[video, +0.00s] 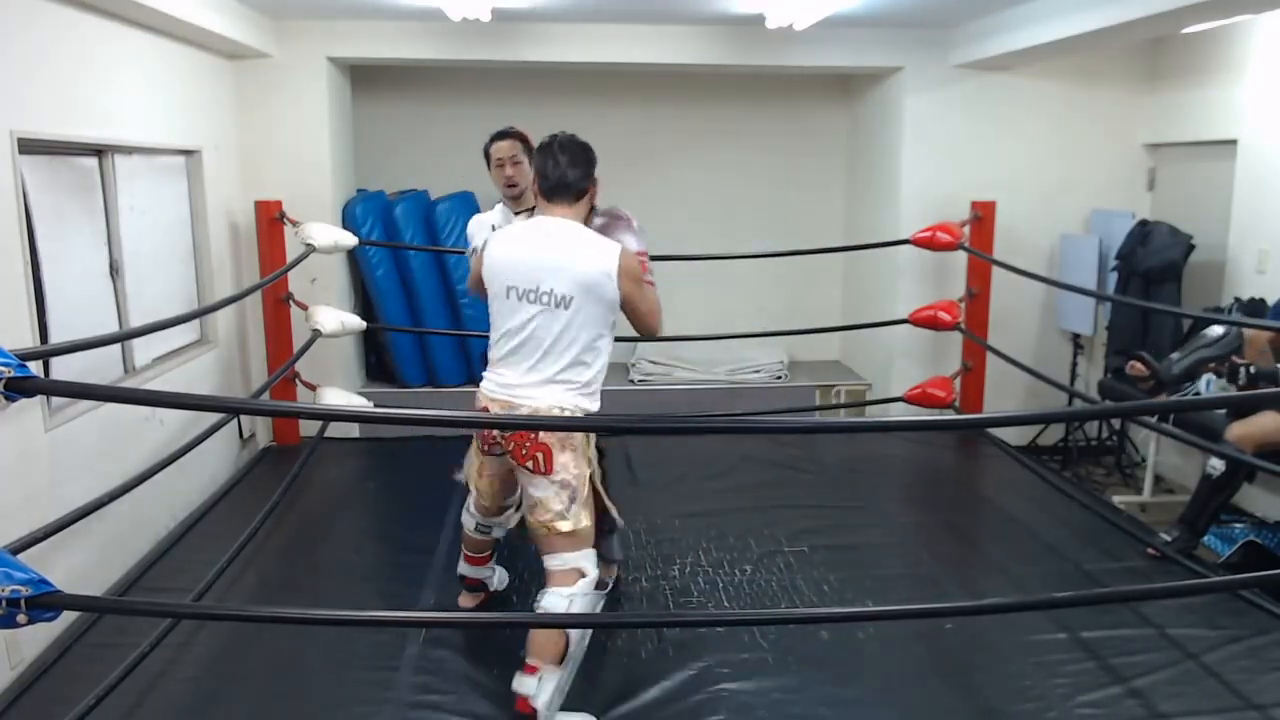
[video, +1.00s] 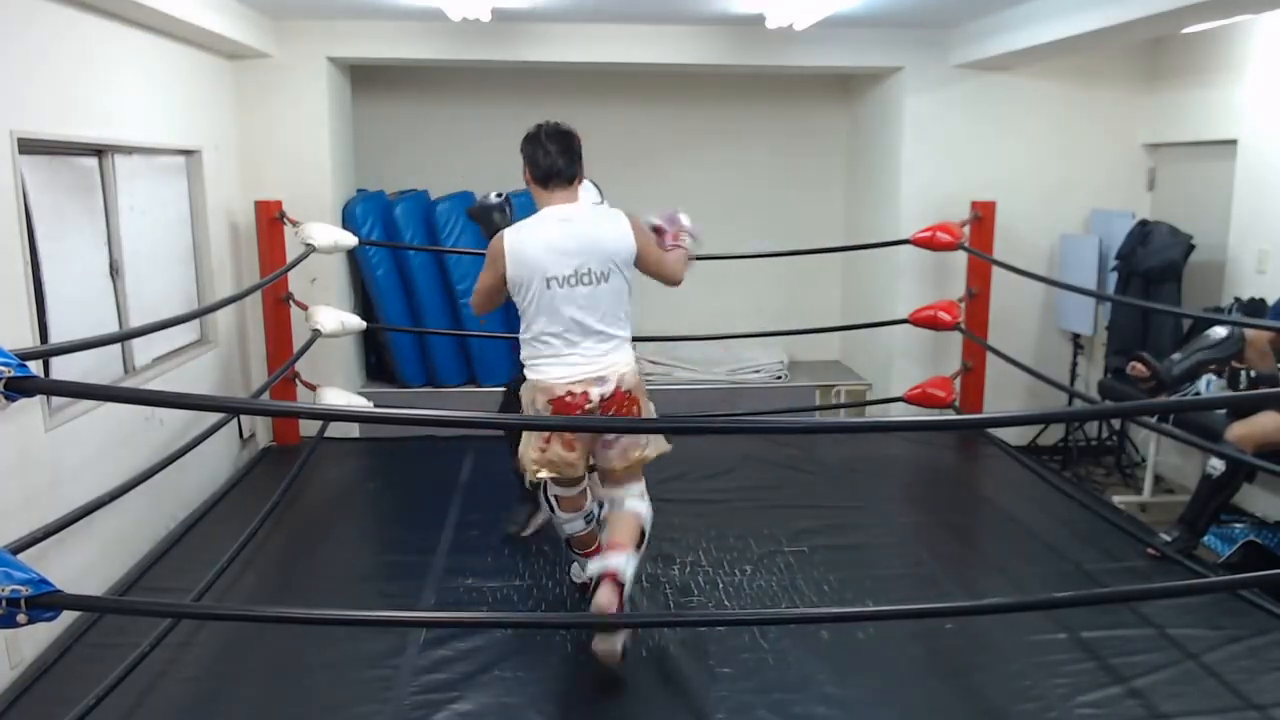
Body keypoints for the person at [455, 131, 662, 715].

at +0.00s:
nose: (593, 192)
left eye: (531, 182)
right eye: (593, 185)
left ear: (533, 188)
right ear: (594, 189)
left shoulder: (499, 241)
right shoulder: (611, 257)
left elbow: (479, 286)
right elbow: (650, 323)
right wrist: (637, 274)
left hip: (494, 412)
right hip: (558, 425)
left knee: (483, 512)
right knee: (569, 577)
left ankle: (474, 588)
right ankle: (532, 700)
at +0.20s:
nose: (618, 197)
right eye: (619, 191)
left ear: (558, 189)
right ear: (616, 194)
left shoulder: (517, 245)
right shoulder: (625, 261)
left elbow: (486, 321)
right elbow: (665, 351)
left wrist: (540, 308)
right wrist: (676, 312)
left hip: (493, 411)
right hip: (553, 422)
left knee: (515, 517)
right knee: (573, 575)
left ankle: (536, 607)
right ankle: (539, 702)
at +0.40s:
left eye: (538, 181)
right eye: (592, 183)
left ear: (537, 189)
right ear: (593, 188)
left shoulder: (506, 248)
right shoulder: (621, 245)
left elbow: (428, 266)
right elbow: (676, 284)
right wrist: (683, 274)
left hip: (527, 409)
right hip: (592, 412)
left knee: (562, 522)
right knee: (619, 544)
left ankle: (592, 606)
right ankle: (582, 644)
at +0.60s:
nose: (579, 186)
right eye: (576, 179)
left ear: (517, 194)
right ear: (571, 188)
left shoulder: (499, 253)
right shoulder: (605, 240)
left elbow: (460, 258)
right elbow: (661, 291)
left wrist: (491, 209)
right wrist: (712, 337)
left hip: (558, 405)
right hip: (616, 379)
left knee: (564, 495)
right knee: (636, 379)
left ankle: (598, 583)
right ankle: (666, 406)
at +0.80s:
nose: (517, 165)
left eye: (518, 159)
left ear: (522, 165)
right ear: (577, 157)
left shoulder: (504, 227)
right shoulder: (611, 209)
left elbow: (492, 292)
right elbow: (673, 269)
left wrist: (535, 272)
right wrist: (714, 314)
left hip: (565, 383)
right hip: (626, 362)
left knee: (572, 482)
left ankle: (598, 576)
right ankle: (612, 441)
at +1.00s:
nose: (527, 177)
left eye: (525, 171)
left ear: (528, 177)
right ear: (581, 171)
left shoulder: (510, 242)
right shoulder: (621, 227)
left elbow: (480, 303)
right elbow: (673, 274)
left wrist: (520, 263)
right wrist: (679, 241)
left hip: (551, 393)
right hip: (617, 385)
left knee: (572, 503)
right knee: (628, 493)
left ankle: (601, 594)